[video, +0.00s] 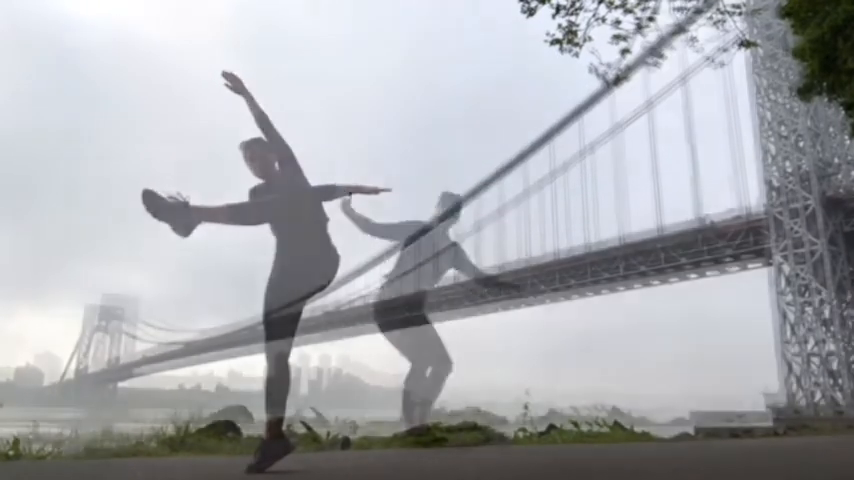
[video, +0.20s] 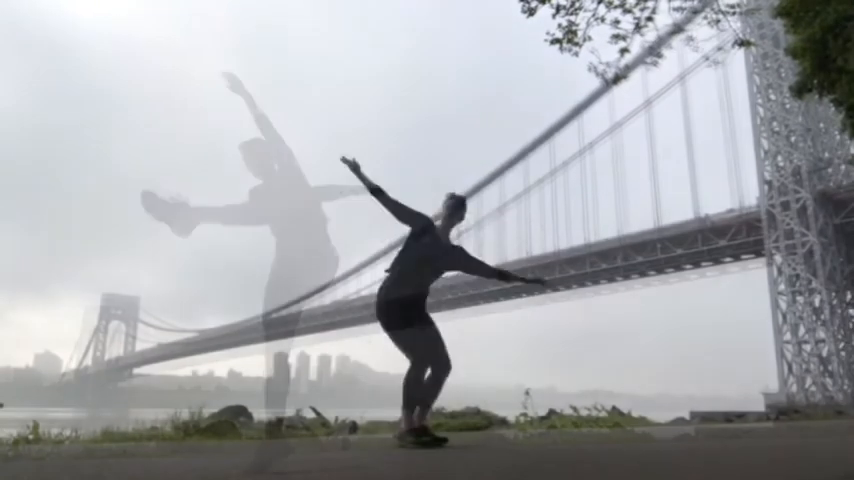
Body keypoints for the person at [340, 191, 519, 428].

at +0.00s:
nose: (451, 218)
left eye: (455, 213)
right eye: (449, 212)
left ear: (455, 218)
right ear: (441, 210)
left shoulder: (451, 250)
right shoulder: (417, 229)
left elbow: (479, 276)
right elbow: (373, 228)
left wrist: (516, 290)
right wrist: (347, 209)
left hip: (411, 309)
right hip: (391, 307)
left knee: (442, 364)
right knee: (422, 362)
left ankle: (417, 422)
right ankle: (415, 423)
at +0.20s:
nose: (452, 215)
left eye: (457, 212)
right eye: (450, 209)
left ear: (459, 218)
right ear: (443, 211)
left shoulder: (453, 253)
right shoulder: (422, 226)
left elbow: (491, 272)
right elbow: (384, 200)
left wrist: (526, 280)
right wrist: (359, 174)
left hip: (413, 308)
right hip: (395, 306)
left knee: (439, 365)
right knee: (421, 361)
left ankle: (417, 424)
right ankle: (409, 426)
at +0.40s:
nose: (452, 207)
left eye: (458, 205)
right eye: (451, 201)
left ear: (461, 213)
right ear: (442, 203)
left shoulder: (452, 240)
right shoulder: (424, 217)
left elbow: (489, 226)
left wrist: (497, 192)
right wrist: (463, 158)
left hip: (415, 301)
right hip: (393, 296)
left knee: (434, 360)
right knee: (416, 356)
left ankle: (418, 423)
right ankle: (403, 426)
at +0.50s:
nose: (461, 248)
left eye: (467, 248)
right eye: (460, 242)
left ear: (468, 256)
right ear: (451, 241)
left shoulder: (453, 279)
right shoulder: (432, 250)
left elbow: (495, 273)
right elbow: (451, 206)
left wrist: (487, 238)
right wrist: (479, 225)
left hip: (402, 328)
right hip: (381, 321)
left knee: (447, 370)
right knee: (427, 366)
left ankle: (419, 426)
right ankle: (405, 429)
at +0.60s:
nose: (462, 279)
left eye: (468, 281)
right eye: (463, 273)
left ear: (469, 287)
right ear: (457, 269)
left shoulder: (453, 305)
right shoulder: (434, 276)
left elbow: (496, 298)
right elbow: (467, 240)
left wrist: (508, 262)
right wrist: (504, 251)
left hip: (400, 350)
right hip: (378, 344)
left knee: (452, 374)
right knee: (433, 373)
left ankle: (419, 427)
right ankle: (405, 430)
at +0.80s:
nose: (448, 220)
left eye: (453, 220)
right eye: (447, 214)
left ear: (453, 227)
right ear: (436, 212)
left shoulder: (443, 247)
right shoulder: (414, 226)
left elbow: (476, 230)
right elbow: (421, 184)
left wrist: (503, 203)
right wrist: (442, 151)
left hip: (418, 311)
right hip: (394, 308)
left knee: (449, 369)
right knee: (426, 365)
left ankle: (418, 425)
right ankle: (404, 429)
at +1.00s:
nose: (404, 188)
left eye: (405, 183)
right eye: (400, 184)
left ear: (406, 187)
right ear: (393, 190)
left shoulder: (412, 209)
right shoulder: (403, 211)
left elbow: (436, 182)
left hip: (427, 293)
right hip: (415, 293)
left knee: (420, 361)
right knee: (413, 360)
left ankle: (416, 424)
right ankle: (403, 428)